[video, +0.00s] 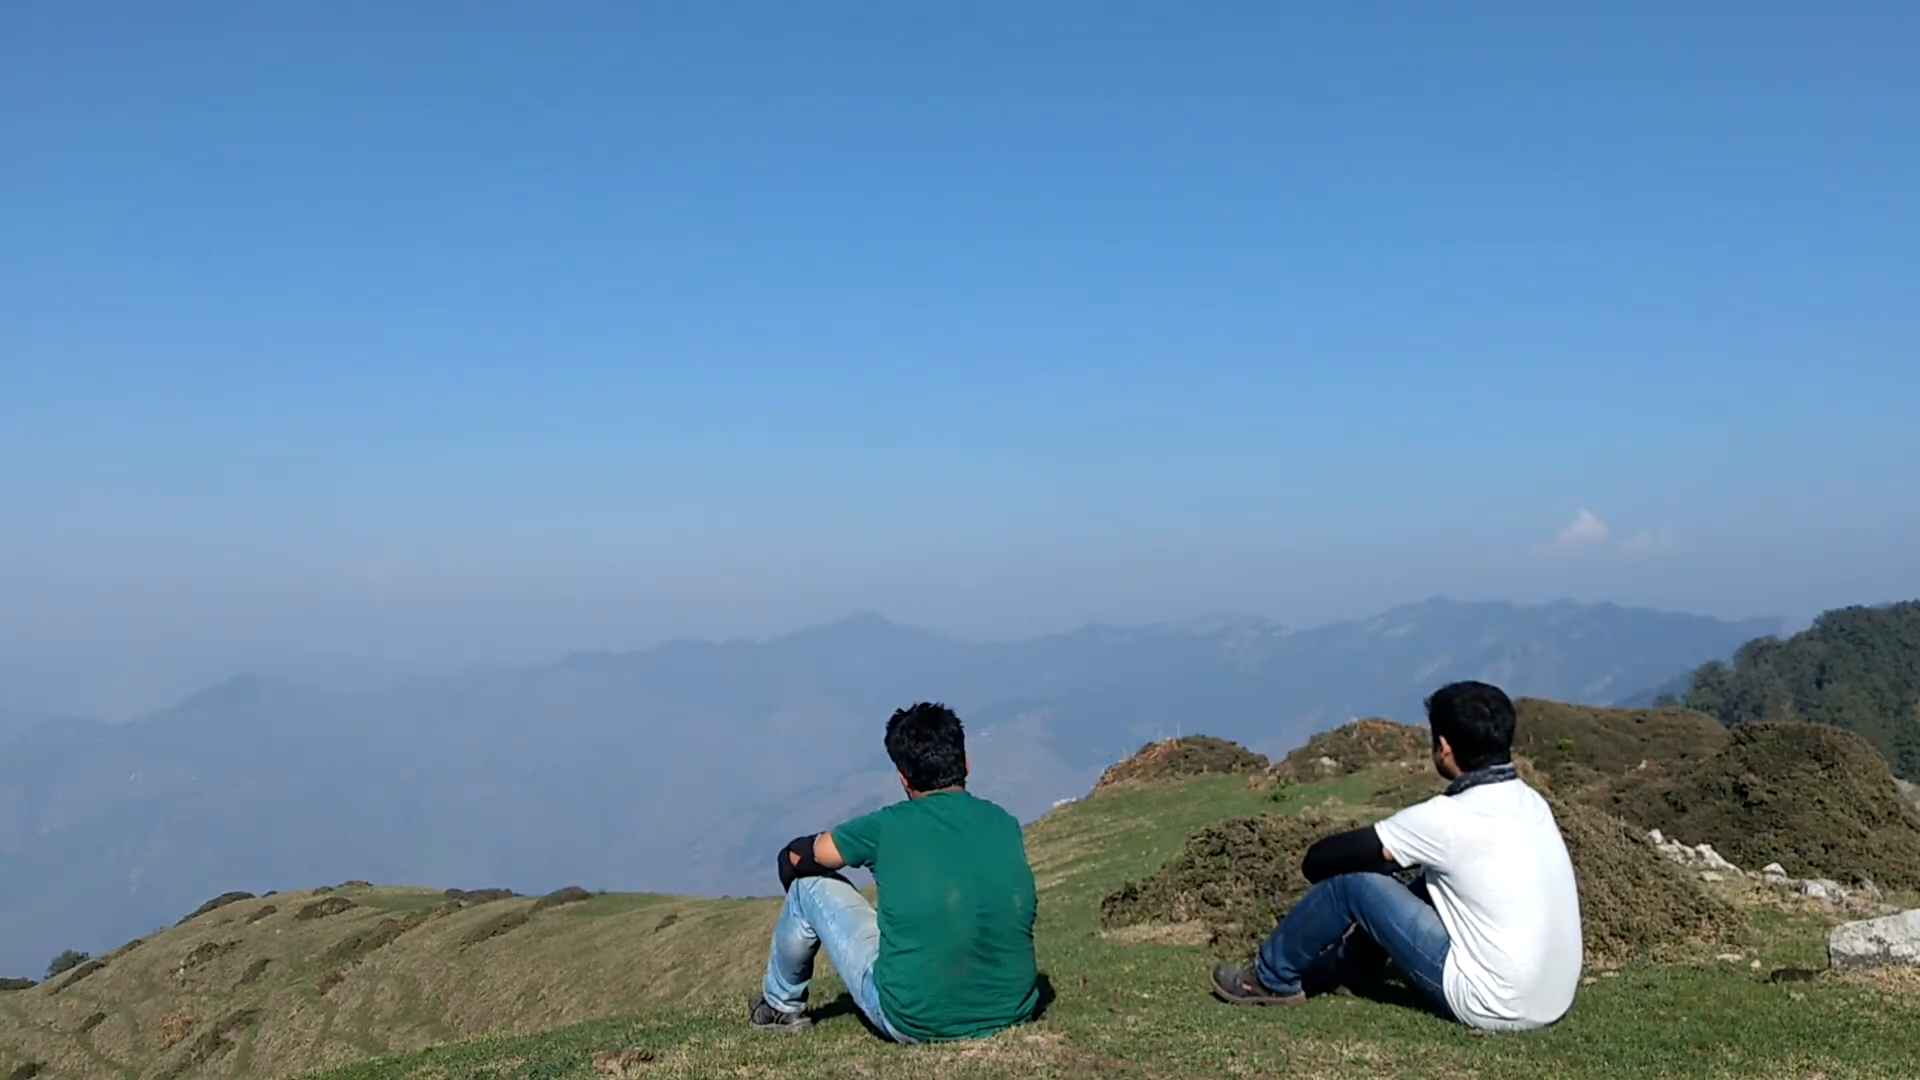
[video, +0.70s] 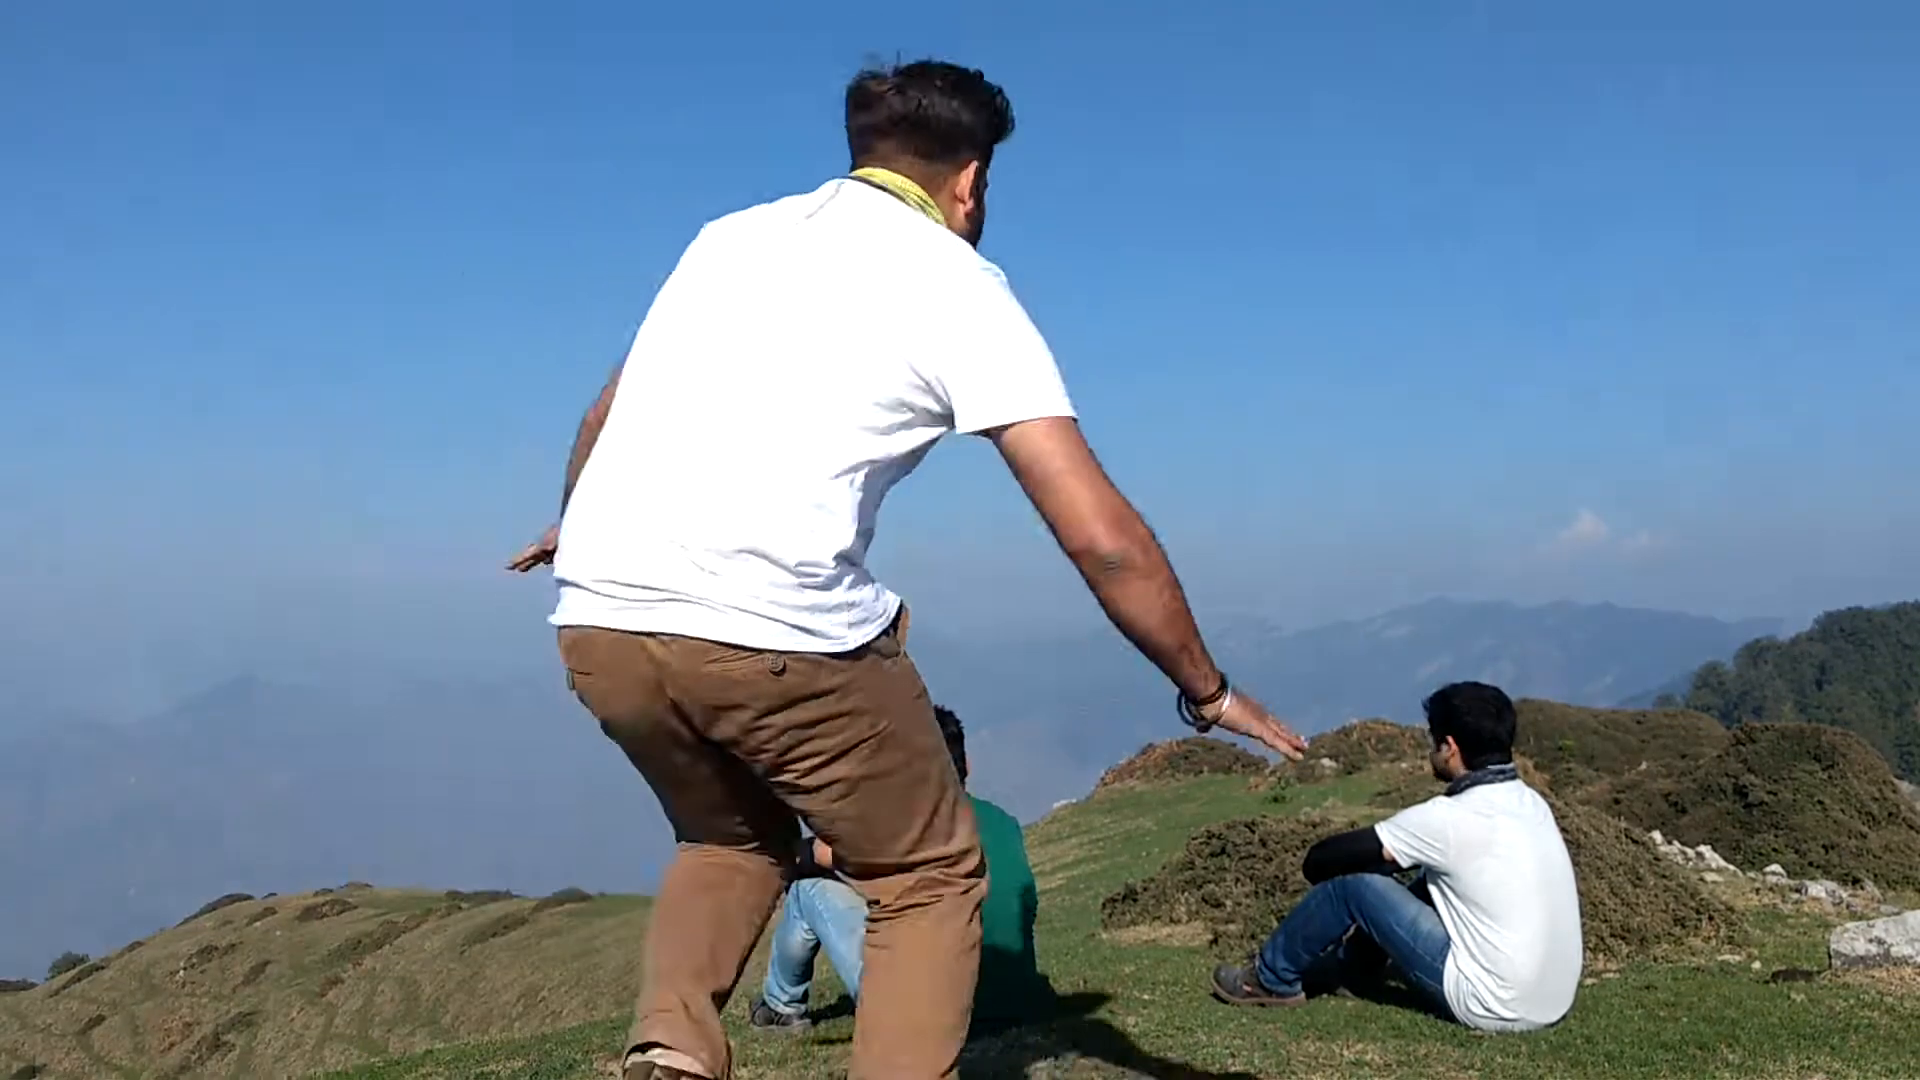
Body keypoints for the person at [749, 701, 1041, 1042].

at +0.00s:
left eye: (898, 770)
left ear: (904, 778)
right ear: (967, 764)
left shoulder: (887, 824)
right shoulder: (1005, 822)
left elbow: (796, 857)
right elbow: (1021, 911)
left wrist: (797, 888)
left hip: (915, 1020)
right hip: (1008, 1012)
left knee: (810, 886)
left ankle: (781, 1005)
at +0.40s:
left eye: (899, 771)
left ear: (905, 779)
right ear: (967, 765)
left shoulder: (889, 823)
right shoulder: (1006, 823)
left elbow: (796, 856)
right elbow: (1020, 911)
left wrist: (798, 893)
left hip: (912, 1018)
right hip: (1007, 1012)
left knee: (810, 886)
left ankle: (781, 1006)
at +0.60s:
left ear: (904, 779)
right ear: (966, 766)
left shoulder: (881, 829)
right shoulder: (1004, 824)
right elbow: (1022, 910)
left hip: (914, 1012)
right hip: (1010, 1006)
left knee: (824, 900)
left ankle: (777, 1001)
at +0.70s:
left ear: (911, 769)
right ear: (965, 764)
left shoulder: (897, 822)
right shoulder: (1004, 823)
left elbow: (822, 854)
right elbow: (1026, 904)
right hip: (1014, 1002)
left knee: (810, 890)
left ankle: (782, 1005)